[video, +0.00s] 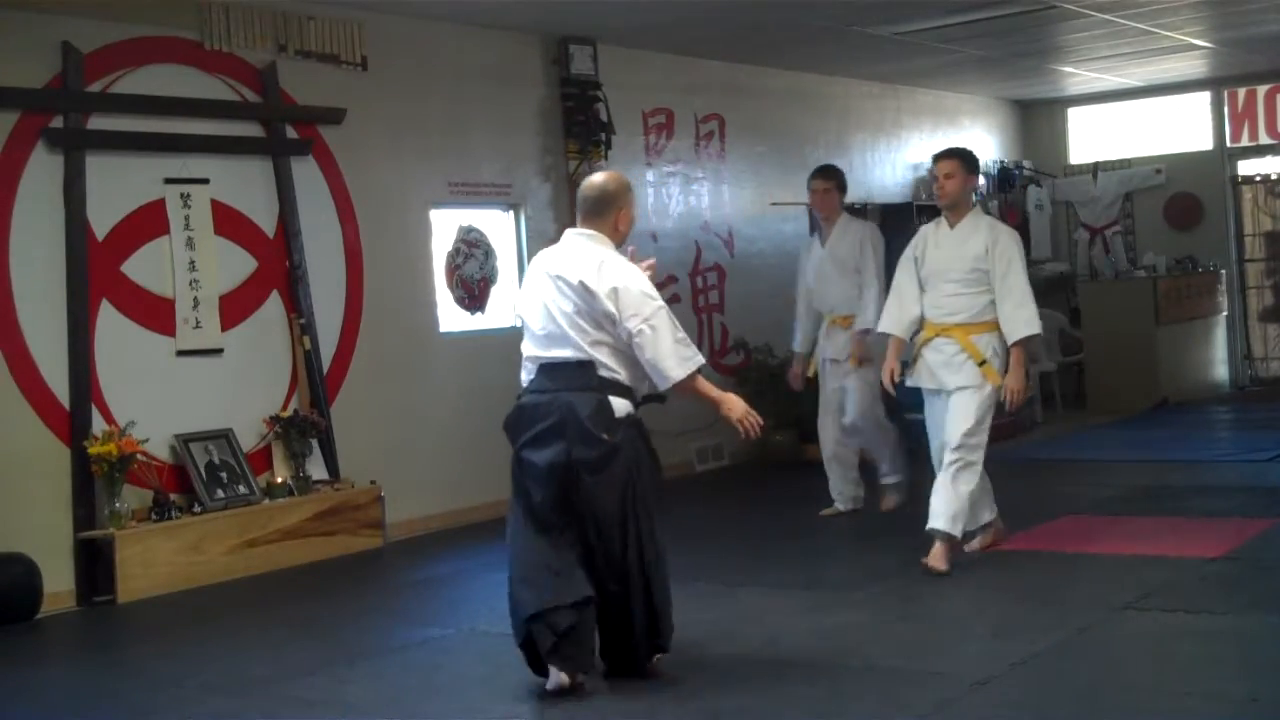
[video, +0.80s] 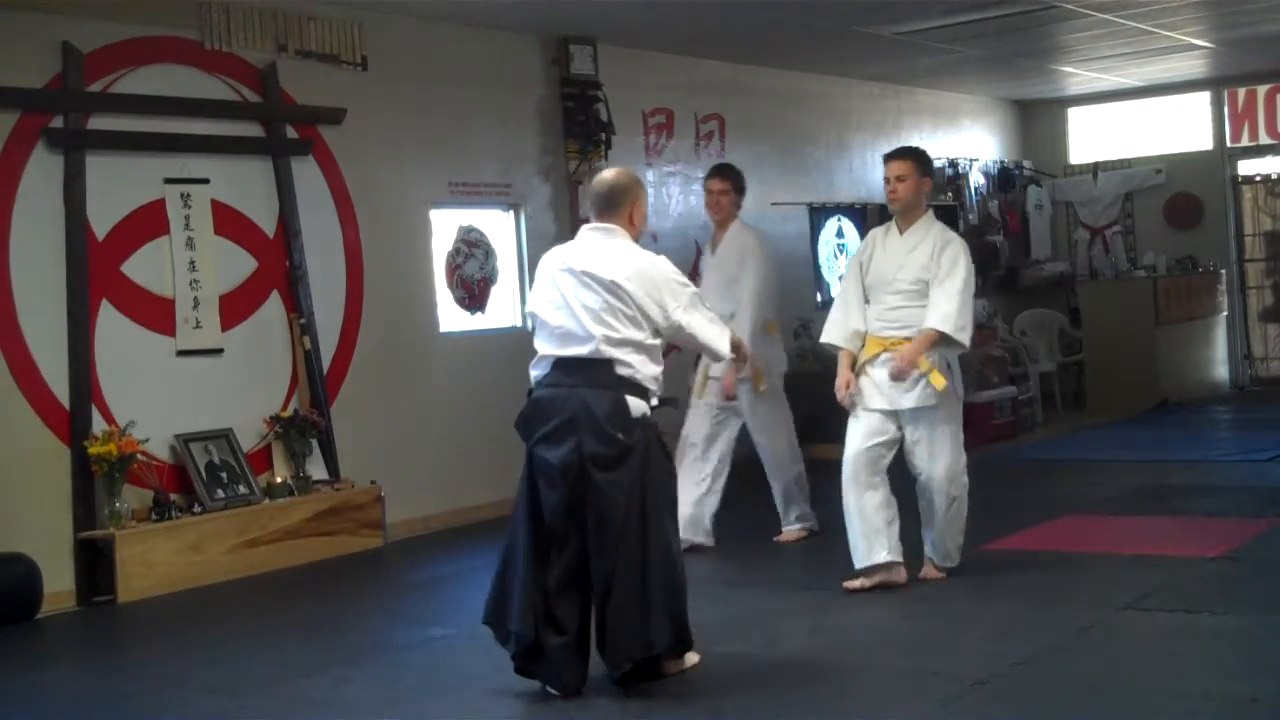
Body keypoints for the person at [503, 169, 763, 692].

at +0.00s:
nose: (633, 221)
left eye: (633, 214)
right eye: (632, 214)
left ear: (576, 212)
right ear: (622, 216)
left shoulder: (540, 263)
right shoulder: (618, 273)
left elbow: (566, 313)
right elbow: (665, 352)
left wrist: (629, 282)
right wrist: (721, 397)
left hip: (537, 410)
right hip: (599, 409)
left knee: (545, 536)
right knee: (621, 529)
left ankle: (560, 660)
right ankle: (631, 654)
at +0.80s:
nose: (646, 216)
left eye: (644, 207)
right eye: (645, 209)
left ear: (590, 210)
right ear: (635, 212)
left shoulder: (551, 261)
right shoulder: (648, 269)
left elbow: (539, 322)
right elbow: (714, 338)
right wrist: (736, 349)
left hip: (550, 406)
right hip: (616, 409)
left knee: (554, 537)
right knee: (641, 533)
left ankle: (558, 666)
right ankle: (654, 653)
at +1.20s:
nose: (667, 222)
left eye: (666, 215)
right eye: (667, 214)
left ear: (608, 211)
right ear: (657, 212)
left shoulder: (564, 263)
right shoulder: (669, 267)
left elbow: (550, 331)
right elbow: (736, 332)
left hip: (567, 394)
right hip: (634, 394)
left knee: (569, 533)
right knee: (650, 529)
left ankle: (563, 669)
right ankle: (659, 657)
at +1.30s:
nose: (660, 220)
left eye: (660, 213)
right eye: (661, 213)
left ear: (604, 211)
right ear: (652, 211)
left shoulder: (559, 266)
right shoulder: (667, 266)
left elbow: (542, 334)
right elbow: (734, 332)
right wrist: (749, 340)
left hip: (566, 397)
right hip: (634, 396)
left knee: (570, 534)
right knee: (651, 530)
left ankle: (564, 668)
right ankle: (661, 658)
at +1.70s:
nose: (639, 211)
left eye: (638, 201)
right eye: (634, 204)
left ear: (577, 209)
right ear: (626, 210)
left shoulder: (541, 268)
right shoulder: (647, 267)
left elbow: (519, 358)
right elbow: (700, 345)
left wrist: (546, 392)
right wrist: (709, 367)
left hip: (554, 405)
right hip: (623, 402)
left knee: (563, 537)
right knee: (639, 531)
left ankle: (565, 672)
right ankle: (655, 659)